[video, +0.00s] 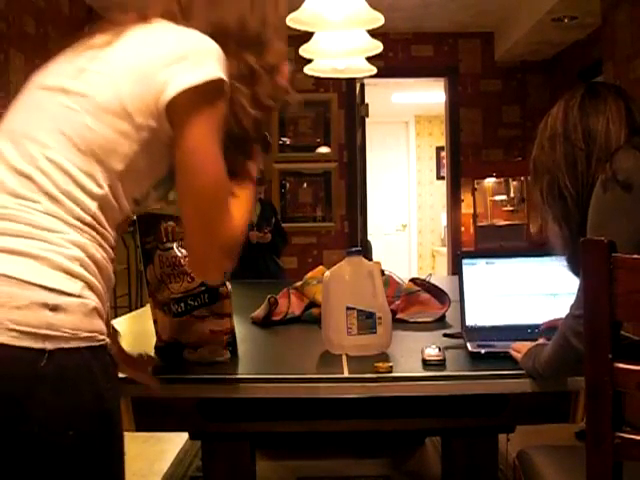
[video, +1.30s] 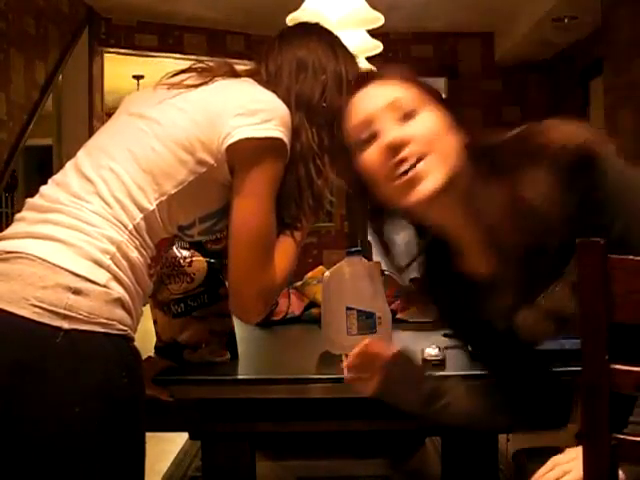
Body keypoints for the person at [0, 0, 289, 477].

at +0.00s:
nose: (283, 66)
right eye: (277, 31)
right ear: (245, 25)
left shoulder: (90, 50)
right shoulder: (187, 49)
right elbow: (211, 261)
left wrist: (119, 356)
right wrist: (245, 176)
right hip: (45, 339)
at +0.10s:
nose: (285, 61)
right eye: (284, 41)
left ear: (205, 16)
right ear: (261, 36)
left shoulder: (114, 64)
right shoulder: (208, 68)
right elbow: (224, 274)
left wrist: (117, 364)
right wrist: (257, 205)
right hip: (47, 334)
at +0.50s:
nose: (315, 109)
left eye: (323, 94)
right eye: (319, 93)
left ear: (252, 52)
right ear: (304, 81)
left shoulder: (159, 78)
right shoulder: (246, 100)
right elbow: (242, 296)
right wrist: (286, 213)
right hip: (60, 326)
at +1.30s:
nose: (327, 119)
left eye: (336, 107)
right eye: (333, 103)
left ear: (273, 61)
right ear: (319, 91)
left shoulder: (183, 80)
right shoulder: (260, 107)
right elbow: (251, 305)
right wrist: (299, 225)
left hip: (8, 303)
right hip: (71, 325)